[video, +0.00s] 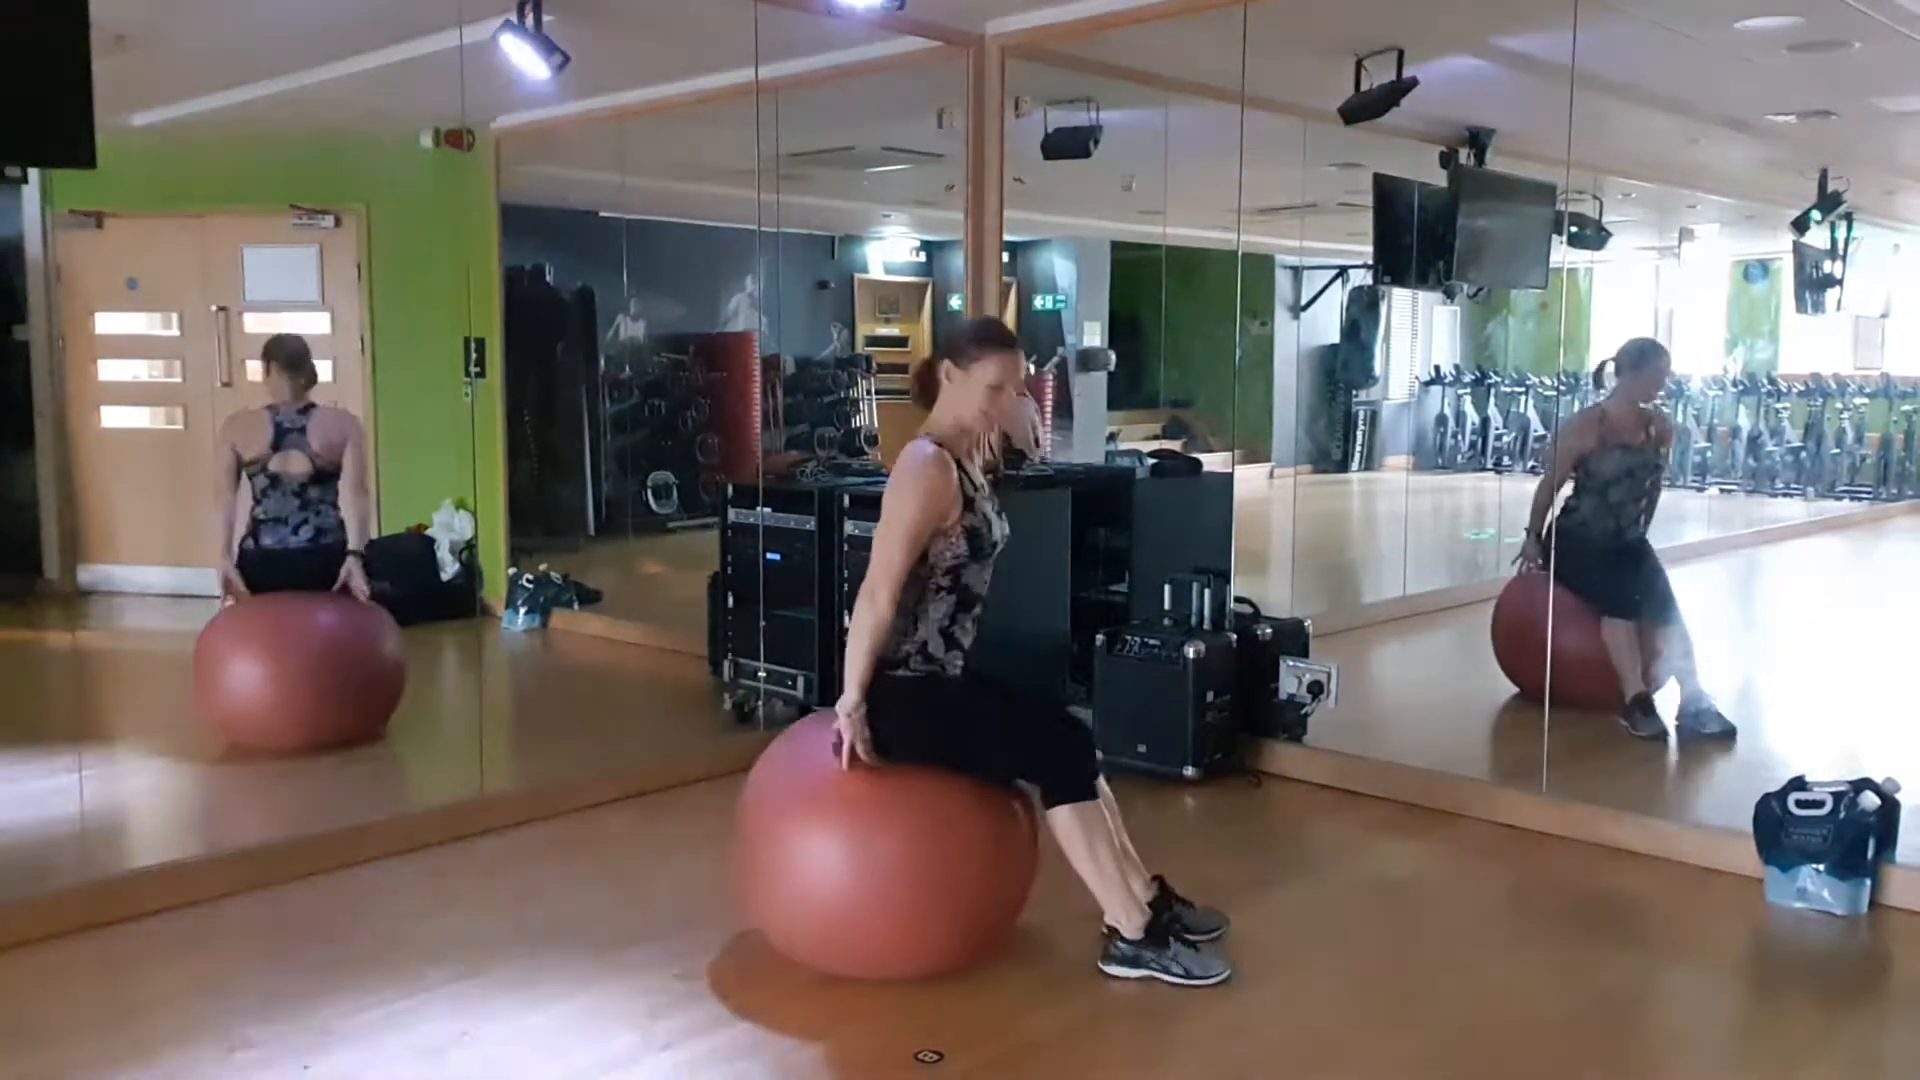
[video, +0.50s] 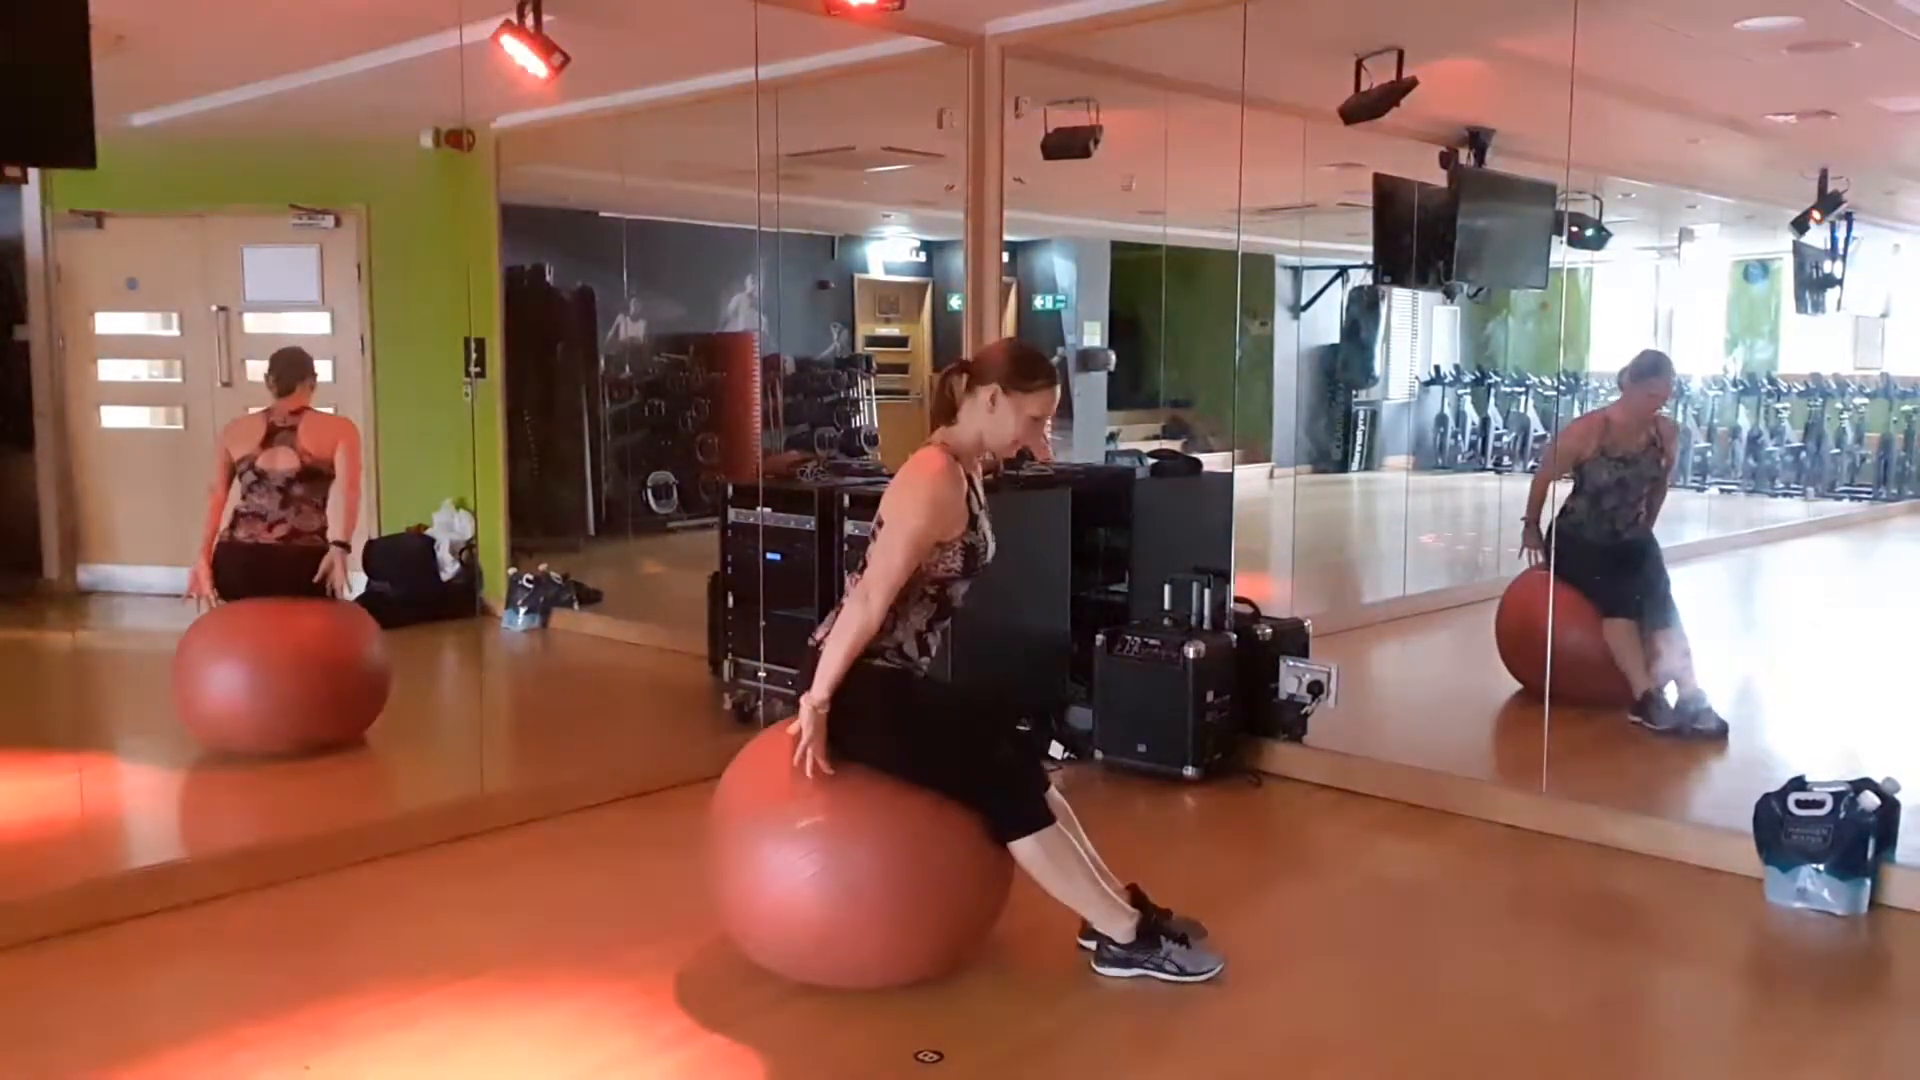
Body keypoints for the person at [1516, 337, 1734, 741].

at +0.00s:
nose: (1664, 385)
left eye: (1665, 377)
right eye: (1659, 376)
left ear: (1648, 377)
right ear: (1630, 373)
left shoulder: (1659, 427)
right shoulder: (1585, 426)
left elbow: (1650, 489)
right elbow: (1550, 483)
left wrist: (1638, 535)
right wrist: (1533, 536)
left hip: (1628, 539)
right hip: (1578, 538)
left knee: (1662, 600)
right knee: (1619, 594)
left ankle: (1694, 701)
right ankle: (1636, 700)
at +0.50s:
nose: (1660, 403)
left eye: (1665, 395)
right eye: (1654, 394)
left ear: (1668, 393)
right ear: (1628, 386)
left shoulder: (1665, 432)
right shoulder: (1589, 430)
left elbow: (1660, 487)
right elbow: (1544, 473)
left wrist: (1644, 531)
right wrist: (1531, 524)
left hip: (1632, 539)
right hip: (1578, 538)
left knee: (1658, 596)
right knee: (1619, 594)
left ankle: (1690, 696)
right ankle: (1646, 697)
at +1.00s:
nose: (1651, 401)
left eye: (1657, 393)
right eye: (1643, 391)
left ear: (1663, 394)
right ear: (1621, 387)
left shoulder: (1668, 435)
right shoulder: (1584, 435)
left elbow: (1659, 492)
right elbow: (1546, 483)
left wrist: (1643, 530)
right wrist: (1547, 542)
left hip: (1642, 544)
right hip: (1589, 545)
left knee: (1677, 584)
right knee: (1645, 582)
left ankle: (1686, 693)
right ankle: (1664, 693)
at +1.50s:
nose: (1641, 398)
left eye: (1648, 390)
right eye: (1633, 389)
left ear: (1654, 395)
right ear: (1611, 392)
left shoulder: (1664, 437)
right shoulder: (1582, 438)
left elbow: (1670, 499)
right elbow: (1550, 499)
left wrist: (1671, 544)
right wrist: (1568, 555)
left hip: (1664, 551)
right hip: (1612, 556)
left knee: (1706, 594)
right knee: (1679, 607)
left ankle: (1694, 697)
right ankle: (1703, 711)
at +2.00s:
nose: (1644, 421)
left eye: (1647, 413)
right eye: (1635, 413)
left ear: (1649, 417)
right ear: (1609, 413)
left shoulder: (1665, 461)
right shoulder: (1581, 466)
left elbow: (1677, 522)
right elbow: (1557, 527)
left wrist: (1686, 559)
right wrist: (1588, 570)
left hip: (1679, 563)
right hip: (1630, 574)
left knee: (1723, 576)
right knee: (1712, 607)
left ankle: (1744, 689)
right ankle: (1715, 717)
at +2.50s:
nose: (1632, 450)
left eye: (1636, 442)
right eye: (1622, 442)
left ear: (1642, 447)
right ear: (1599, 449)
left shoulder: (1663, 486)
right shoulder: (1578, 492)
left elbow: (1682, 542)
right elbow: (1561, 553)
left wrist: (1702, 577)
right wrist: (1599, 580)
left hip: (1690, 570)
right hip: (1644, 580)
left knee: (1755, 623)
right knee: (1727, 616)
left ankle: (1811, 731)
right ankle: (1716, 713)